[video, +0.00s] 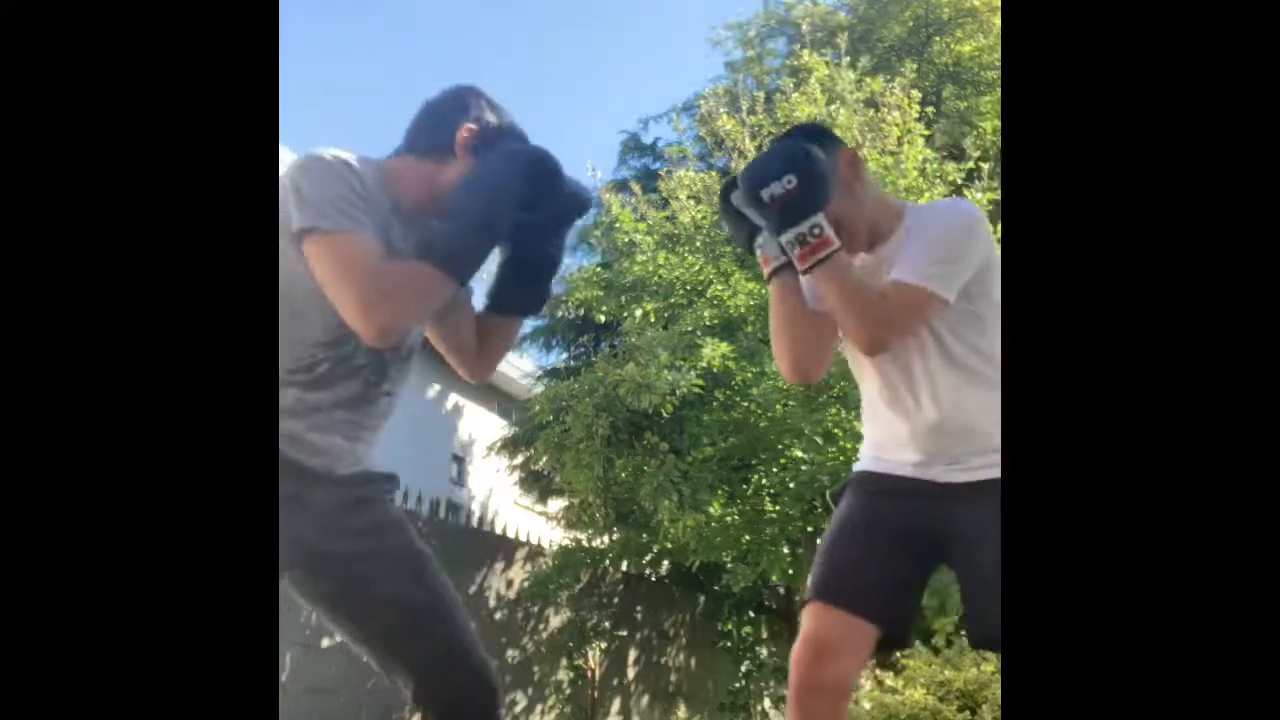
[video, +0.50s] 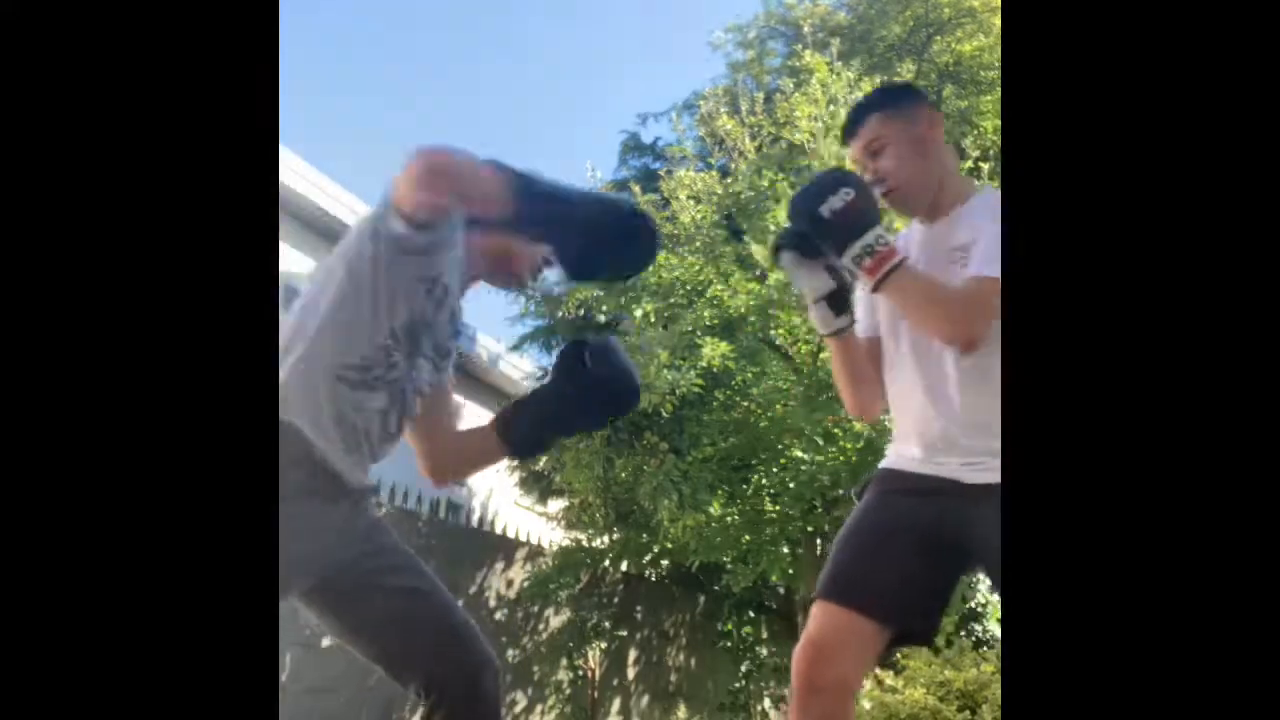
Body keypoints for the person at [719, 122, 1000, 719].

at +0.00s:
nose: (816, 230)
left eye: (819, 205)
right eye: (801, 221)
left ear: (852, 164)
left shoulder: (954, 223)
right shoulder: (834, 267)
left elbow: (873, 330)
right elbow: (801, 368)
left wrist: (811, 239)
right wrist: (778, 260)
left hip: (988, 480)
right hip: (888, 479)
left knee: (994, 667)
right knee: (818, 663)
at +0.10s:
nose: (805, 243)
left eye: (804, 217)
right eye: (791, 234)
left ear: (834, 177)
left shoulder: (942, 231)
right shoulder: (829, 278)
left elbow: (868, 348)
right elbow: (795, 384)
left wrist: (799, 257)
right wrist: (765, 270)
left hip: (987, 490)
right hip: (888, 487)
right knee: (801, 664)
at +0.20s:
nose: (784, 262)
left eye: (781, 237)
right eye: (772, 251)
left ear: (804, 199)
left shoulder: (917, 234)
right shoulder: (805, 297)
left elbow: (857, 363)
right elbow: (788, 405)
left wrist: (772, 278)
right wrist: (741, 296)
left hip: (988, 485)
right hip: (889, 489)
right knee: (808, 666)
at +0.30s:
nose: (773, 258)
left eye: (770, 234)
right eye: (757, 247)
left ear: (800, 197)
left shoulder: (912, 236)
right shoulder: (797, 298)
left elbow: (858, 364)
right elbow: (781, 412)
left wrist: (767, 270)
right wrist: (737, 297)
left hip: (990, 484)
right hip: (895, 493)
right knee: (804, 668)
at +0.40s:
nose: (800, 224)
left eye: (804, 200)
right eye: (789, 211)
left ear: (848, 165)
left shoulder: (957, 223)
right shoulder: (830, 277)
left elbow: (899, 335)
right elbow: (810, 406)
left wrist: (804, 255)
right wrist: (774, 308)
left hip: (992, 482)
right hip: (901, 485)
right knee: (804, 666)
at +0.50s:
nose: (870, 176)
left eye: (879, 152)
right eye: (861, 166)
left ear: (932, 129)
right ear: (860, 175)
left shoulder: (997, 216)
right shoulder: (887, 253)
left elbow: (965, 325)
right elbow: (865, 403)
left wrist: (868, 251)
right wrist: (827, 305)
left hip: (996, 479)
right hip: (915, 477)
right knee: (822, 666)